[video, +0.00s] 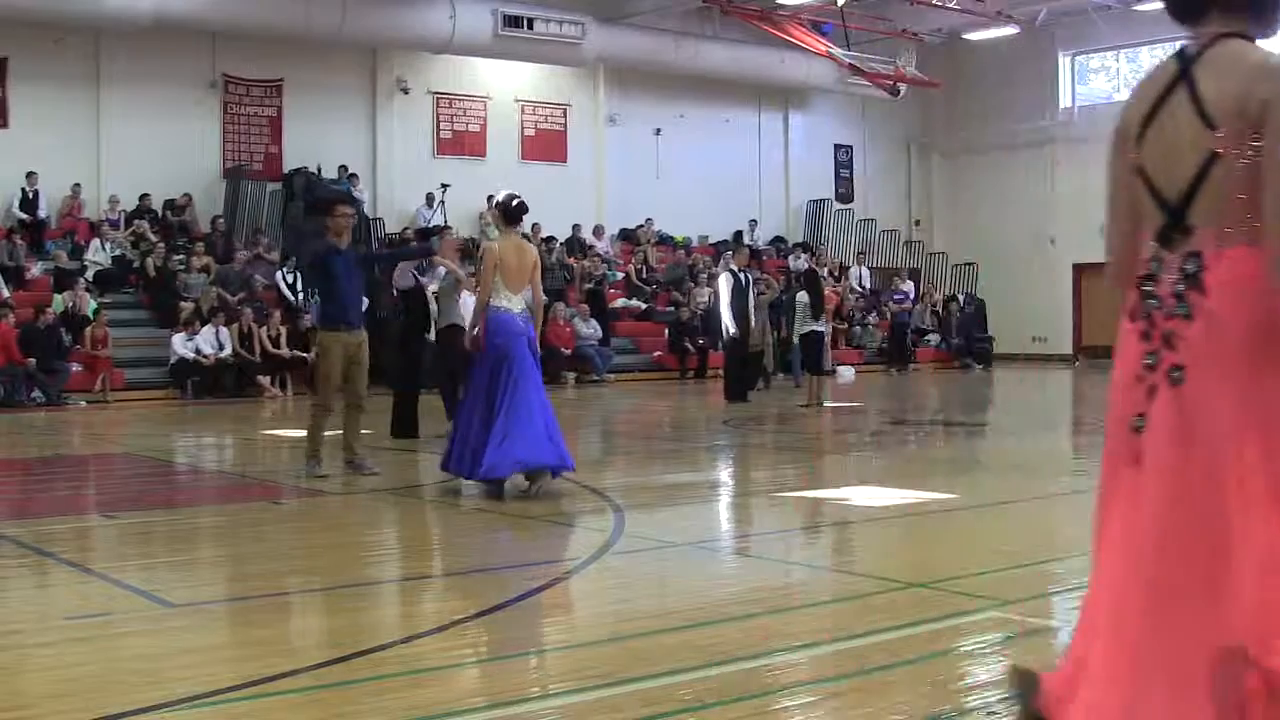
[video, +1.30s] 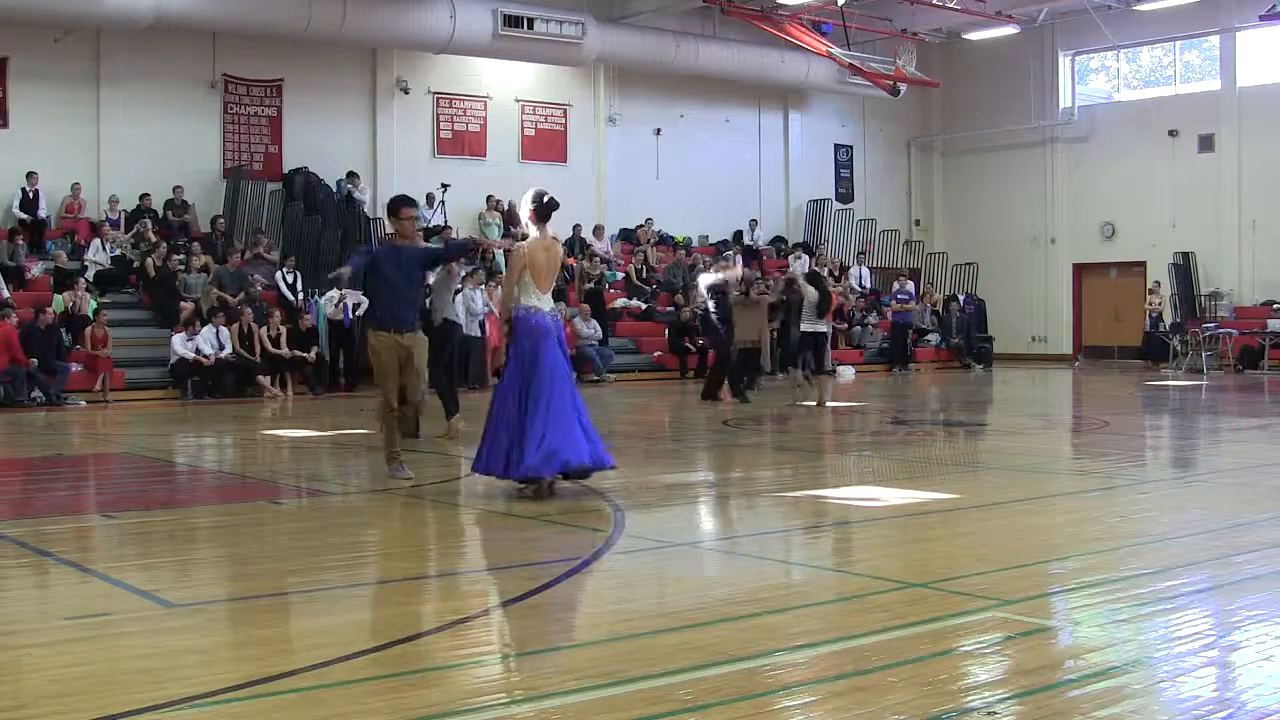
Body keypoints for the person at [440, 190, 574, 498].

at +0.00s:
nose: (490, 216)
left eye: (492, 213)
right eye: (493, 212)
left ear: (497, 217)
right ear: (519, 218)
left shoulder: (492, 249)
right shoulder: (531, 250)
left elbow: (484, 293)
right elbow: (538, 296)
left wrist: (471, 328)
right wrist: (536, 332)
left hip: (497, 322)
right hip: (523, 323)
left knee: (496, 393)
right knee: (523, 391)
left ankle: (495, 465)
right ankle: (533, 456)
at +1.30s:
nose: (522, 212)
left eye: (524, 208)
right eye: (525, 207)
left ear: (529, 212)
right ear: (549, 212)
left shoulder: (522, 249)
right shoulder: (557, 248)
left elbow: (509, 290)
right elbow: (548, 285)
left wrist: (503, 317)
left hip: (527, 322)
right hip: (551, 322)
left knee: (528, 393)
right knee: (549, 392)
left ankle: (533, 464)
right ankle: (547, 459)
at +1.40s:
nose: (518, 212)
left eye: (521, 208)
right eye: (520, 207)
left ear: (528, 213)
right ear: (546, 214)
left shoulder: (522, 248)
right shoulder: (555, 247)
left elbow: (509, 287)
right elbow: (544, 282)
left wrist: (499, 313)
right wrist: (516, 249)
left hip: (526, 323)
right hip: (549, 323)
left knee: (522, 393)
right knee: (547, 394)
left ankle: (521, 466)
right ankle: (546, 465)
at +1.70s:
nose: (508, 217)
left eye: (510, 213)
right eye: (510, 212)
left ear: (518, 219)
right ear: (536, 219)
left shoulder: (517, 250)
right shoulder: (541, 251)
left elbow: (488, 282)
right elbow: (524, 286)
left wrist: (463, 309)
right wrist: (492, 289)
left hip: (514, 327)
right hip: (534, 327)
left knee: (507, 395)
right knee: (538, 394)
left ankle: (503, 466)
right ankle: (547, 463)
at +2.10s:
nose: (490, 218)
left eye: (494, 214)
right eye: (491, 213)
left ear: (507, 218)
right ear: (516, 219)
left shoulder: (499, 249)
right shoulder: (527, 250)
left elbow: (463, 272)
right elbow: (520, 282)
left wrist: (431, 287)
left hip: (492, 322)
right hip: (513, 322)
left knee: (490, 390)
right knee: (511, 389)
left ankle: (494, 457)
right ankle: (514, 455)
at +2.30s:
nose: (490, 217)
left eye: (494, 213)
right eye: (491, 212)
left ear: (507, 218)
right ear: (514, 220)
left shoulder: (499, 248)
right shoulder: (521, 249)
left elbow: (458, 257)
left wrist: (425, 266)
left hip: (488, 320)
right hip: (505, 320)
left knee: (488, 389)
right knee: (500, 389)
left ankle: (492, 459)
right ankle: (495, 458)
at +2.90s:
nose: (486, 216)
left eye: (490, 211)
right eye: (488, 211)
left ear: (505, 216)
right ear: (511, 218)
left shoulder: (499, 249)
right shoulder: (521, 249)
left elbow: (464, 241)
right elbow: (477, 248)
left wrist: (432, 226)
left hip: (492, 321)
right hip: (510, 320)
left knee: (491, 390)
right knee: (508, 389)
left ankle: (492, 456)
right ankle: (507, 452)